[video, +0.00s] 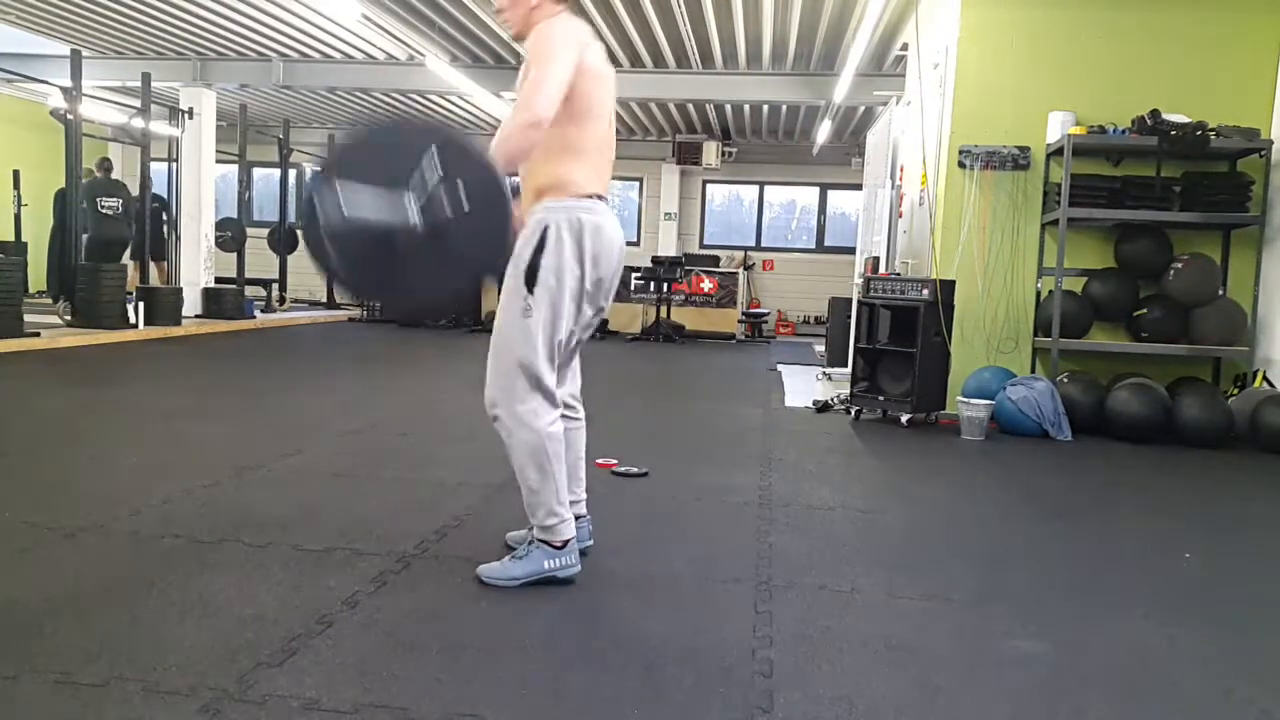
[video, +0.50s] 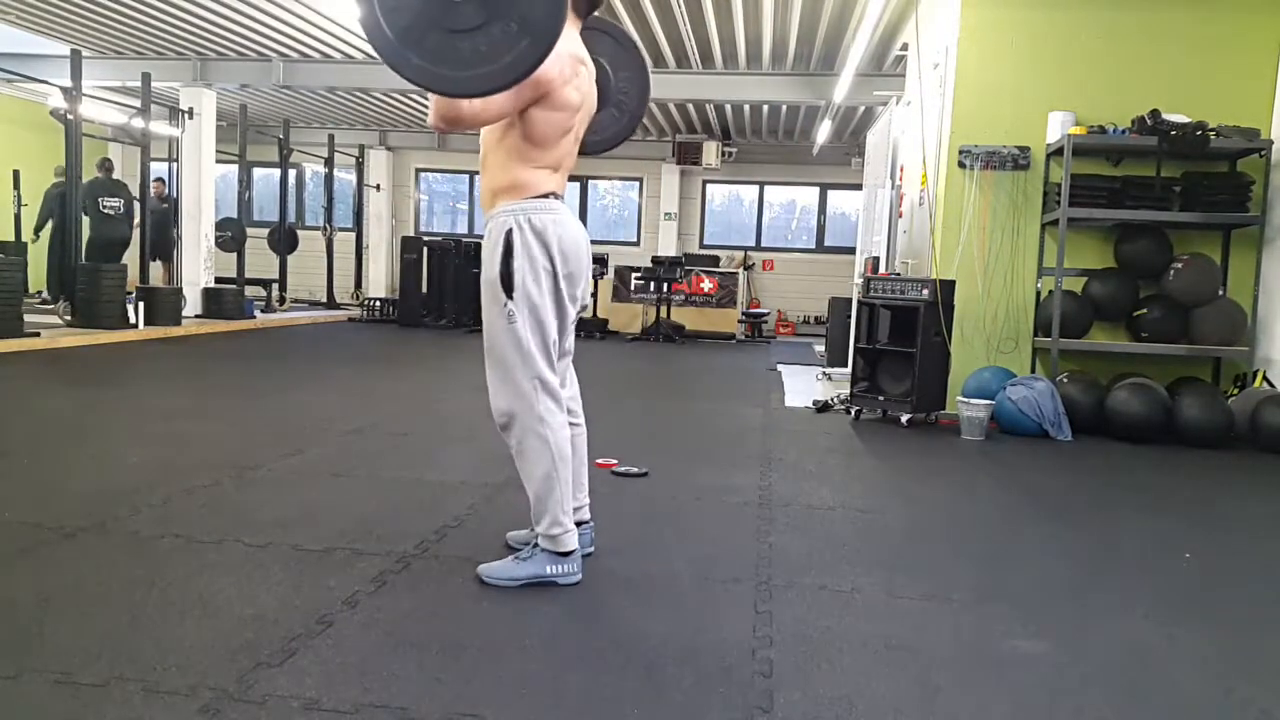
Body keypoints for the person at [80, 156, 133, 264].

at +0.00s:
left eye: (96, 170)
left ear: (96, 170)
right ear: (112, 170)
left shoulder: (89, 185)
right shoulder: (122, 186)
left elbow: (75, 204)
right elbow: (131, 212)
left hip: (98, 233)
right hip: (122, 234)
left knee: (91, 271)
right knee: (111, 270)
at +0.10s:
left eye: (96, 170)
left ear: (96, 169)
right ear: (112, 170)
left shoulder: (89, 186)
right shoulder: (121, 186)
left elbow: (78, 207)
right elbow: (131, 210)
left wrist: (83, 229)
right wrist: (129, 233)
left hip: (98, 233)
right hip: (121, 234)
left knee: (92, 271)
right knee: (112, 271)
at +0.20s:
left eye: (97, 169)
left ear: (97, 169)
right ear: (112, 170)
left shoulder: (89, 185)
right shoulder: (122, 186)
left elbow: (81, 209)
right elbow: (130, 213)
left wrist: (84, 229)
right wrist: (128, 231)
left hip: (98, 232)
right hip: (121, 233)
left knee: (91, 271)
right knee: (112, 270)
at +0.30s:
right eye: (109, 169)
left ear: (97, 169)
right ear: (112, 170)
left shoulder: (89, 185)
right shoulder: (122, 186)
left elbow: (81, 209)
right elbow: (130, 213)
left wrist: (84, 229)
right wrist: (128, 230)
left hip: (98, 234)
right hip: (121, 234)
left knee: (92, 271)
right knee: (111, 270)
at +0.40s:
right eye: (109, 169)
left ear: (97, 169)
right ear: (112, 170)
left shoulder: (90, 185)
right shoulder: (123, 186)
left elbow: (79, 210)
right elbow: (130, 212)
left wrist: (82, 231)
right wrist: (128, 232)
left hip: (98, 235)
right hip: (122, 236)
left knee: (91, 273)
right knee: (111, 272)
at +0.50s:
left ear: (98, 169)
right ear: (112, 170)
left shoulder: (89, 186)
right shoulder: (123, 186)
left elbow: (84, 209)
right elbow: (130, 213)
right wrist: (129, 232)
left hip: (100, 234)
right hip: (122, 235)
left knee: (91, 270)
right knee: (111, 270)